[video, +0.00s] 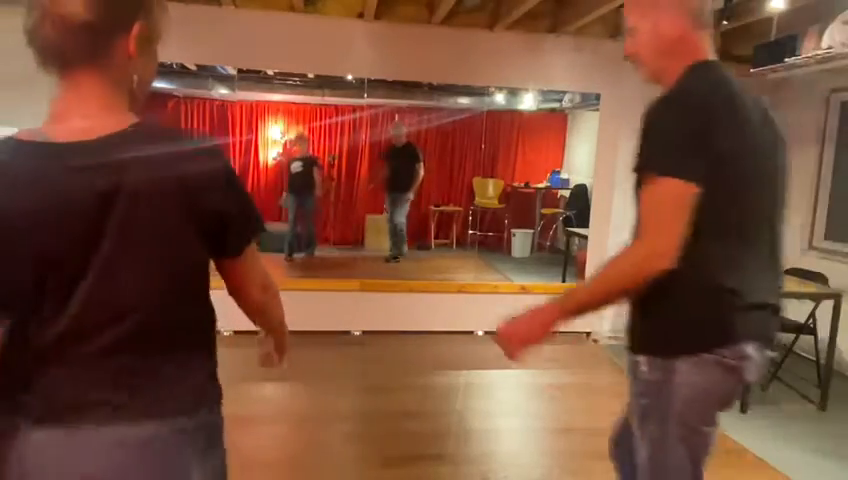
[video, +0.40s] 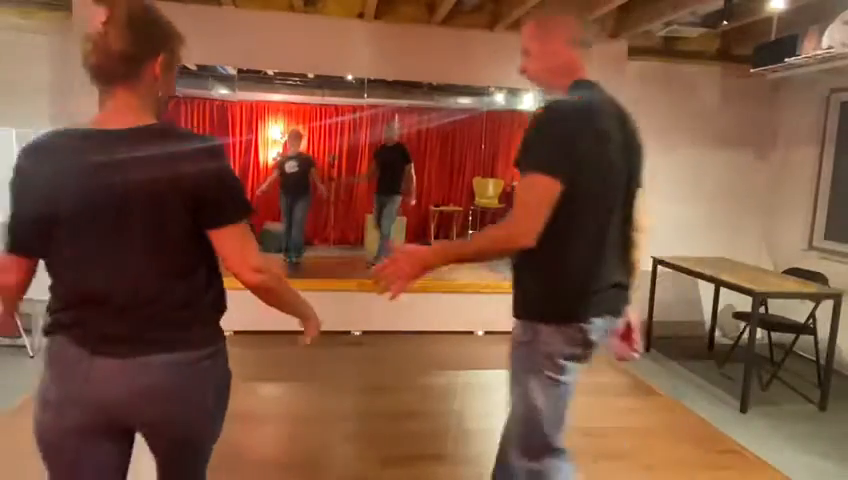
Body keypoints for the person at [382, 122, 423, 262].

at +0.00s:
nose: (397, 137)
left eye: (400, 133)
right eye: (395, 133)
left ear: (405, 133)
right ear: (392, 134)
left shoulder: (412, 149)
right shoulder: (390, 150)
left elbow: (420, 171)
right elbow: (386, 170)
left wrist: (412, 191)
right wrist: (380, 183)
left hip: (405, 190)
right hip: (392, 189)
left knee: (398, 219)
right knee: (392, 220)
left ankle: (400, 249)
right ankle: (394, 250)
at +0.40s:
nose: (390, 133)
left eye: (393, 130)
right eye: (388, 130)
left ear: (397, 133)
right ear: (384, 132)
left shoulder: (402, 149)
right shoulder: (380, 150)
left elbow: (411, 173)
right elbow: (373, 169)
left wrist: (412, 195)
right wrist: (364, 178)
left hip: (395, 192)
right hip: (380, 191)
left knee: (385, 223)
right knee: (378, 222)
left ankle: (380, 257)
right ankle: (388, 252)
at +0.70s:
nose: (381, 135)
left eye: (384, 132)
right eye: (379, 132)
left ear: (390, 132)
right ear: (375, 132)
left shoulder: (395, 149)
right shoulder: (372, 149)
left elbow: (403, 173)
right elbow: (367, 170)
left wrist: (398, 191)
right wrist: (353, 177)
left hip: (388, 193)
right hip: (373, 192)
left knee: (384, 226)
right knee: (365, 224)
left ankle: (381, 249)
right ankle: (359, 248)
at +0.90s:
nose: (374, 134)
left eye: (377, 130)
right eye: (372, 130)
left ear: (383, 131)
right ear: (369, 132)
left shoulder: (390, 150)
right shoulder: (365, 150)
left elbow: (395, 175)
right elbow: (358, 171)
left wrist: (382, 191)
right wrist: (342, 181)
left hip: (384, 195)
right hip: (368, 194)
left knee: (382, 230)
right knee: (362, 228)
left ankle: (379, 260)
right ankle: (352, 260)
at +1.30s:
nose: (358, 132)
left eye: (361, 128)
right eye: (356, 128)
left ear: (368, 128)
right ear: (352, 130)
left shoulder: (376, 146)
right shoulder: (354, 149)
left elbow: (375, 173)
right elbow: (351, 176)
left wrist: (355, 187)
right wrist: (333, 185)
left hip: (372, 196)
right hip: (356, 196)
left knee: (372, 232)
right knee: (356, 232)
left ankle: (377, 265)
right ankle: (355, 268)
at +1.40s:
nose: (354, 135)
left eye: (356, 130)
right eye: (353, 130)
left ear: (361, 129)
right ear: (353, 130)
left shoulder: (371, 146)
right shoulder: (355, 149)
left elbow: (370, 172)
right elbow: (352, 175)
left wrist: (347, 187)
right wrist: (339, 185)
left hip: (366, 196)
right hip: (354, 196)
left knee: (361, 233)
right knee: (355, 233)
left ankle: (361, 269)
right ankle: (355, 268)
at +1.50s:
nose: (349, 132)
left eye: (351, 128)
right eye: (350, 128)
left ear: (355, 128)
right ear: (360, 127)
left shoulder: (366, 147)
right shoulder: (355, 148)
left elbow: (363, 173)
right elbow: (353, 174)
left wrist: (341, 186)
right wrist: (338, 186)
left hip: (362, 196)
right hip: (352, 196)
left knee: (356, 232)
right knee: (354, 232)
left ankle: (355, 269)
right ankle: (354, 268)